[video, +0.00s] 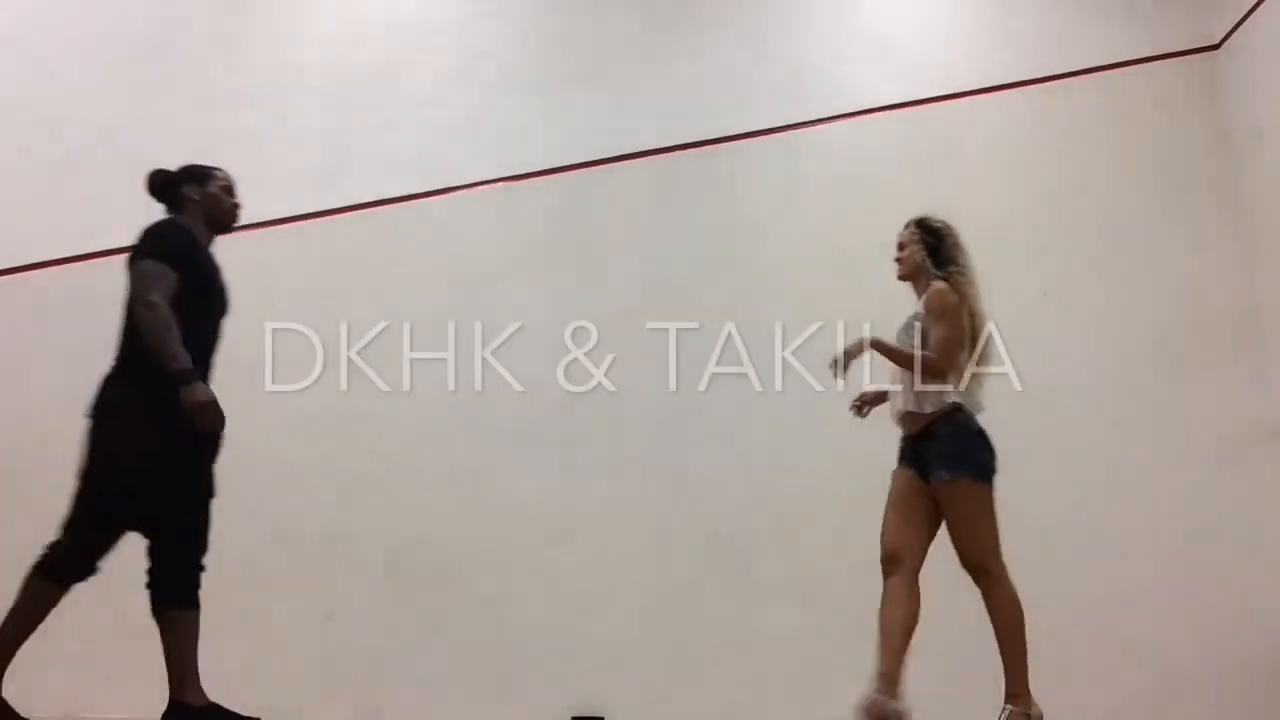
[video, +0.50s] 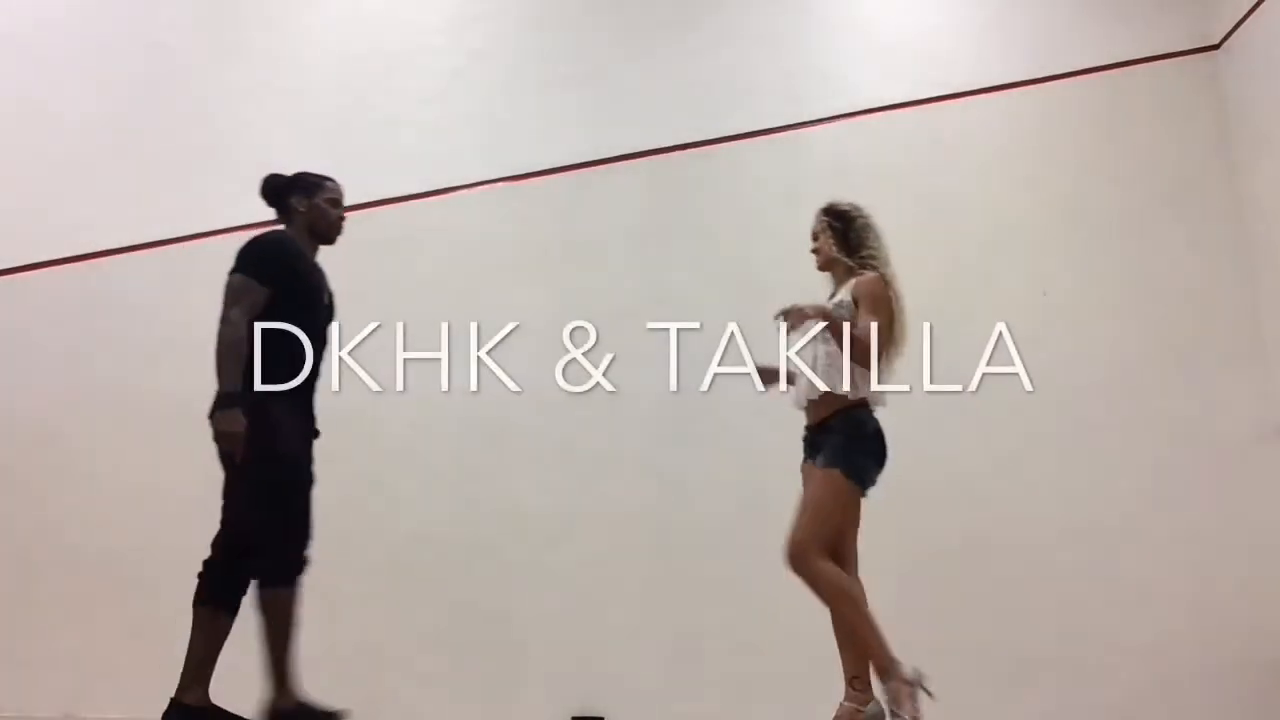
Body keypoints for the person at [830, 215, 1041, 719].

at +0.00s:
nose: (896, 256)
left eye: (904, 246)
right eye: (896, 249)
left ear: (929, 250)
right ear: (917, 255)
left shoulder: (943, 293)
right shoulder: (928, 307)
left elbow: (942, 364)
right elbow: (933, 384)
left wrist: (872, 345)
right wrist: (887, 395)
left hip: (953, 442)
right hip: (917, 446)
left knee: (985, 567)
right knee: (897, 563)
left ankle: (1020, 701)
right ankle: (886, 693)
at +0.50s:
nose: (813, 246)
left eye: (820, 237)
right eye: (813, 238)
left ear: (845, 239)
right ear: (831, 245)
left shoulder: (868, 284)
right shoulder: (839, 299)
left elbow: (872, 348)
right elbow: (830, 378)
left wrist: (823, 316)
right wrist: (785, 375)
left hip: (849, 433)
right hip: (822, 437)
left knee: (804, 553)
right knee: (839, 566)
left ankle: (894, 676)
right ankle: (858, 695)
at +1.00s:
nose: (736, 246)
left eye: (740, 236)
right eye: (734, 238)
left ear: (764, 235)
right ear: (760, 239)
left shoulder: (791, 286)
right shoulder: (776, 292)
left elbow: (806, 354)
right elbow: (772, 352)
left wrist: (759, 381)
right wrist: (730, 329)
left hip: (777, 422)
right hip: (763, 422)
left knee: (769, 558)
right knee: (769, 564)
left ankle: (762, 698)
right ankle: (850, 689)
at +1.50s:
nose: (696, 233)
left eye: (702, 223)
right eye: (696, 225)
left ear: (726, 224)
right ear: (716, 229)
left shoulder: (761, 271)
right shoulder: (725, 284)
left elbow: (758, 340)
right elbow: (720, 361)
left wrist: (707, 317)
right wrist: (684, 349)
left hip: (756, 416)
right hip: (716, 421)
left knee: (755, 549)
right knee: (682, 541)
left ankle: (762, 694)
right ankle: (737, 657)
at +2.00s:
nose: (681, 247)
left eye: (687, 236)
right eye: (679, 238)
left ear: (714, 234)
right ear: (689, 244)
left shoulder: (765, 282)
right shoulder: (687, 298)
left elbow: (795, 357)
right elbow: (672, 379)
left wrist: (755, 351)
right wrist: (662, 335)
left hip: (736, 430)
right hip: (682, 429)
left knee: (708, 549)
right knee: (686, 559)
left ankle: (727, 689)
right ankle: (700, 694)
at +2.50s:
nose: (705, 241)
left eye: (713, 231)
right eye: (701, 235)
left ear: (739, 234)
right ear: (699, 244)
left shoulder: (780, 296)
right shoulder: (696, 296)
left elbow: (794, 362)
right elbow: (673, 368)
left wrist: (789, 387)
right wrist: (691, 309)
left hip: (773, 431)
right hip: (713, 431)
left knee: (782, 555)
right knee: (709, 553)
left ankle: (788, 692)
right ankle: (705, 693)